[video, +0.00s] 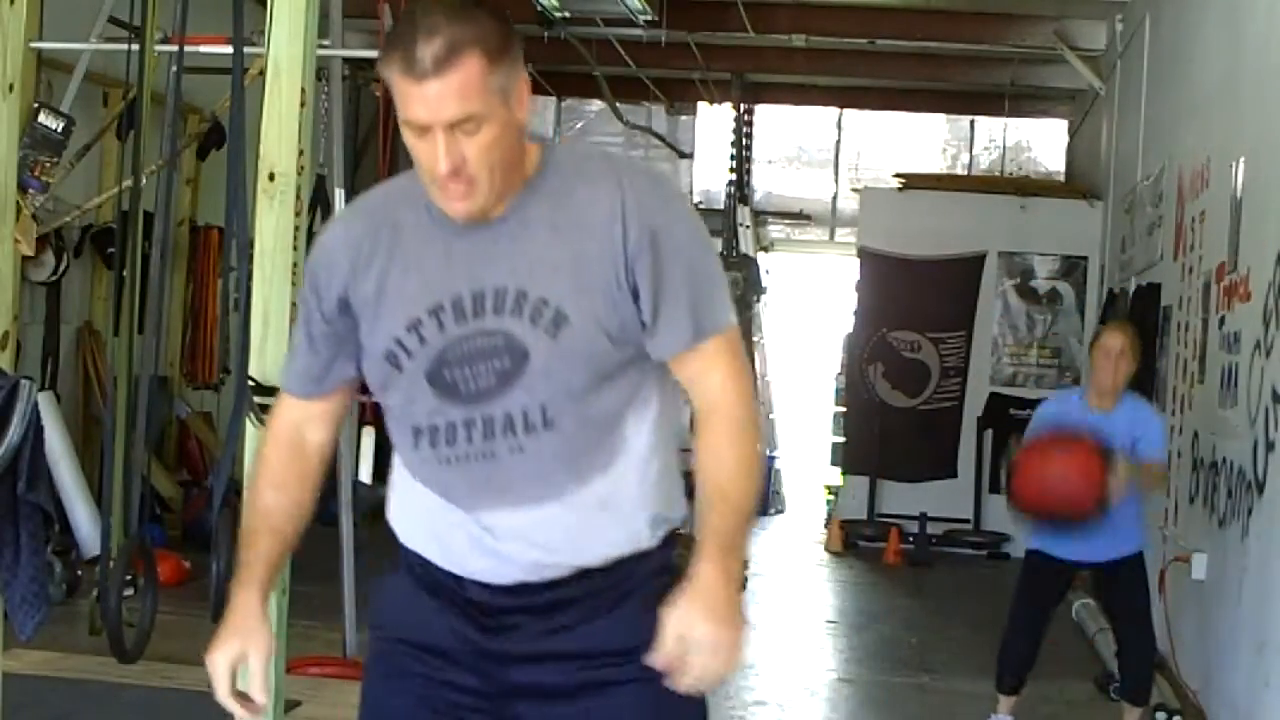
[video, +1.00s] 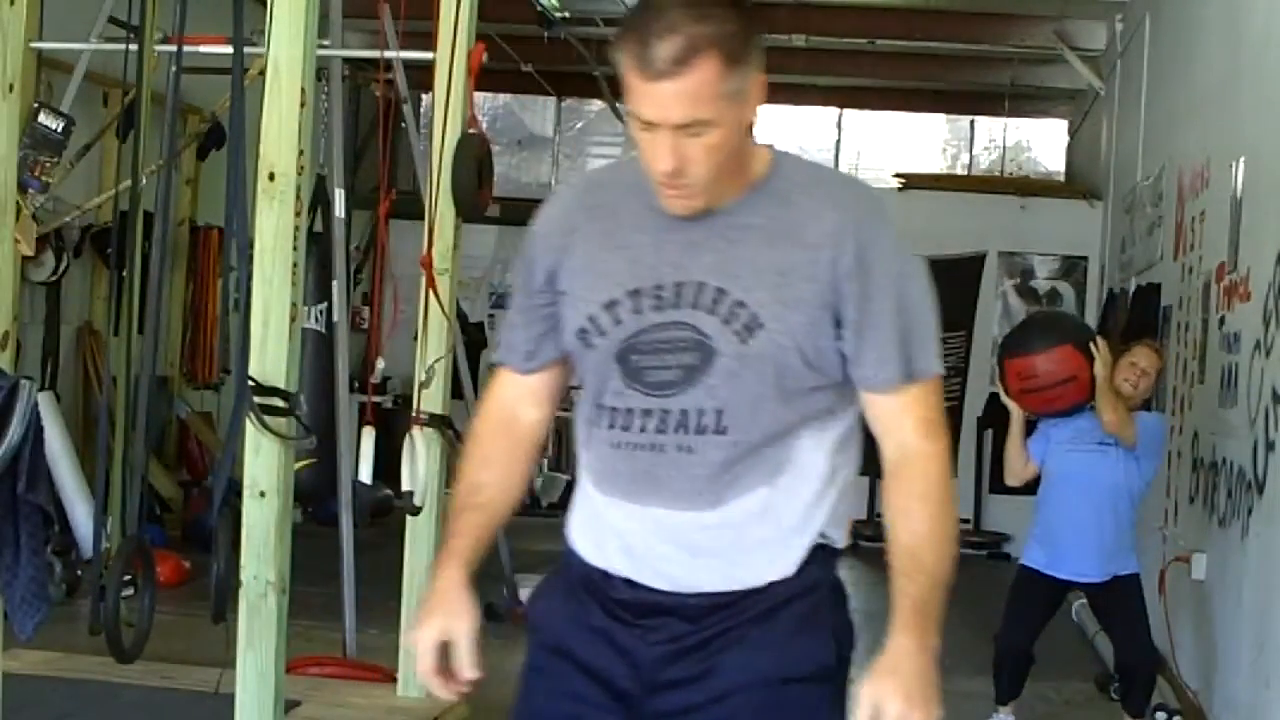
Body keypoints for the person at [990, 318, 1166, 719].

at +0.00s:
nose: (1111, 363)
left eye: (1121, 356)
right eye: (1104, 353)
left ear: (1133, 365)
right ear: (1090, 358)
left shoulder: (1144, 418)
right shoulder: (1055, 407)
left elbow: (1157, 476)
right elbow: (1025, 461)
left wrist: (1123, 471)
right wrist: (1045, 472)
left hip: (1119, 551)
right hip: (1052, 546)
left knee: (1139, 645)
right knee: (1022, 631)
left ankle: (1133, 712)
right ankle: (1003, 712)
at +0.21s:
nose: (1126, 298)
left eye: (1135, 291)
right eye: (1119, 289)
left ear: (1148, 298)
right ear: (1103, 292)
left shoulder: (1156, 348)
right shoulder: (1071, 339)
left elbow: (1167, 388)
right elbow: (1020, 403)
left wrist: (1133, 330)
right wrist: (1018, 343)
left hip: (1122, 490)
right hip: (1060, 487)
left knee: (1128, 596)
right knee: (1035, 588)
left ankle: (1142, 706)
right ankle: (997, 695)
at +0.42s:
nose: (1140, 334)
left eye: (1148, 326)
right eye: (1134, 324)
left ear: (1157, 341)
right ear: (1109, 329)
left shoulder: (1152, 393)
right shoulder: (1061, 383)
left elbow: (1142, 384)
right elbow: (1005, 402)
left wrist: (1119, 313)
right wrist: (1018, 330)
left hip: (1121, 538)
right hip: (1055, 534)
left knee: (1138, 638)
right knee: (1029, 625)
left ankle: (1136, 713)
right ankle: (1007, 711)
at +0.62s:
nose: (1146, 361)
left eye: (1155, 357)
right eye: (1140, 351)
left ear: (1160, 368)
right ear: (1118, 354)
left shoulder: (1157, 412)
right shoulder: (1061, 407)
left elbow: (1137, 413)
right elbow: (1015, 455)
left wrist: (1112, 360)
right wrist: (1021, 394)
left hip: (1115, 553)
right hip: (1047, 548)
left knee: (1140, 650)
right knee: (1020, 639)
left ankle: (1138, 712)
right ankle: (1005, 710)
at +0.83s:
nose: (1140, 373)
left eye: (1151, 371)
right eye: (1135, 362)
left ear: (1155, 385)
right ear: (1114, 362)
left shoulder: (1154, 426)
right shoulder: (1058, 419)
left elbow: (1118, 416)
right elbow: (1015, 472)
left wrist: (1106, 373)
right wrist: (1018, 410)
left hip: (1112, 564)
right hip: (1046, 557)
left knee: (1141, 656)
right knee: (1013, 641)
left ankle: (1135, 713)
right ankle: (1005, 710)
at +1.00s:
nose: (1137, 376)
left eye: (1148, 374)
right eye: (1132, 365)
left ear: (1153, 387)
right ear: (1112, 365)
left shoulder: (1152, 426)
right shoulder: (1058, 424)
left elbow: (1113, 421)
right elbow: (1015, 476)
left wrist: (1103, 377)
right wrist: (1017, 414)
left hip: (1113, 567)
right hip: (1046, 561)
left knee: (1140, 657)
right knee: (1012, 643)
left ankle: (1135, 712)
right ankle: (1005, 708)